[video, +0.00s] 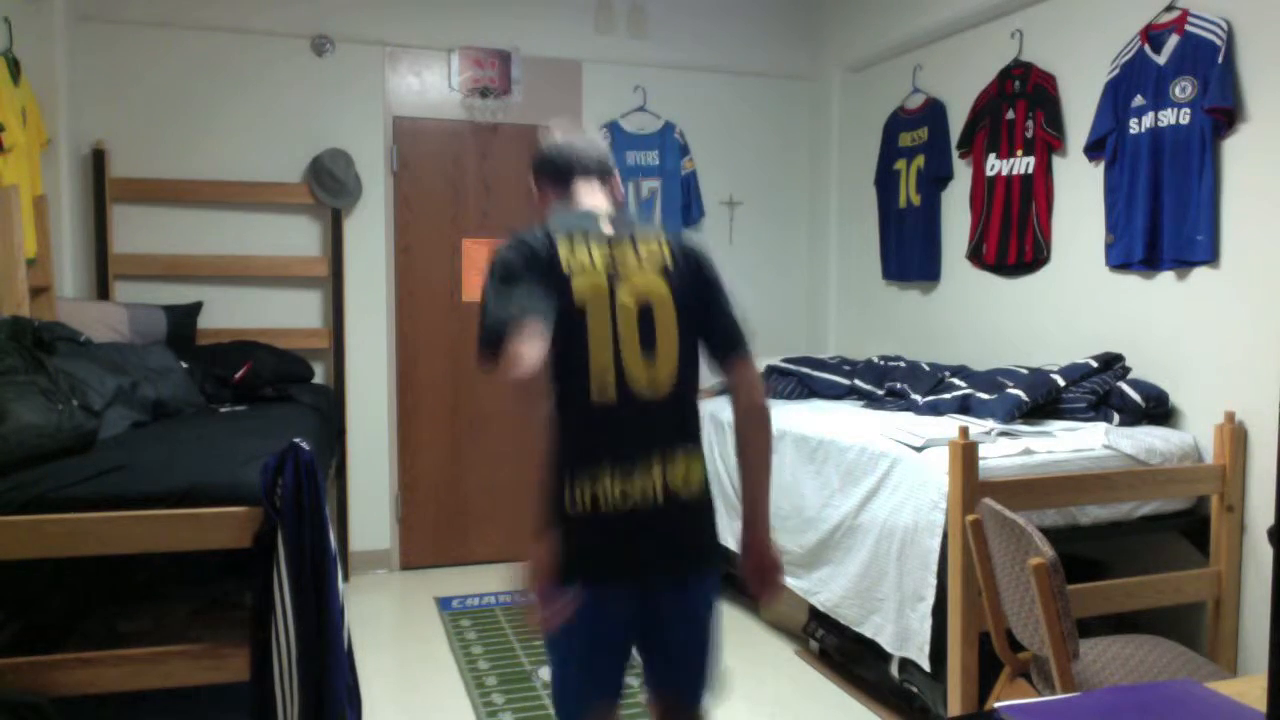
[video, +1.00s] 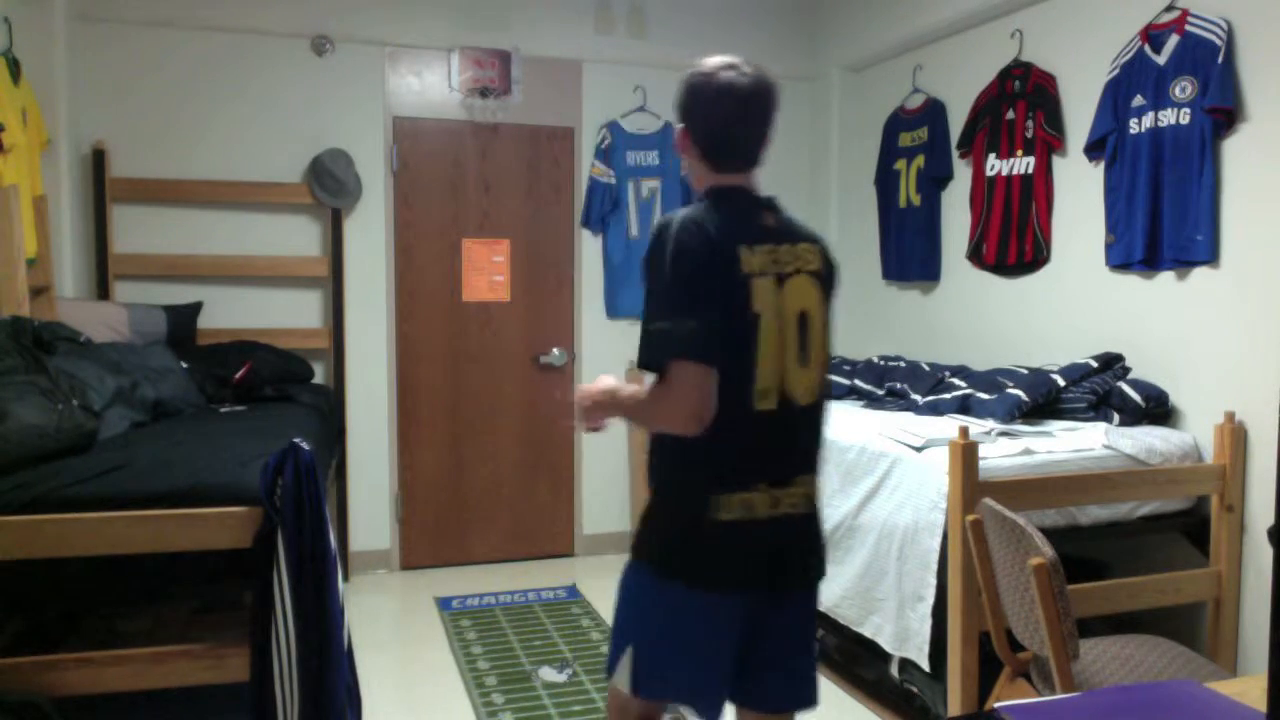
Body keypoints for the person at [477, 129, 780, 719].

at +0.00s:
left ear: (542, 191)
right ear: (615, 187)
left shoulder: (529, 253)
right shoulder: (680, 254)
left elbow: (527, 367)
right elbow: (750, 395)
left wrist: (542, 531)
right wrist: (758, 531)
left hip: (587, 539)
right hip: (682, 533)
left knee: (588, 708)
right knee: (679, 706)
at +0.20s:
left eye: (559, 193)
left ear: (569, 195)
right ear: (651, 196)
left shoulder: (534, 252)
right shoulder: (704, 263)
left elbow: (460, 386)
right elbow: (765, 402)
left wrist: (465, 487)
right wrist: (784, 557)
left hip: (590, 535)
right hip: (685, 528)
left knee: (595, 704)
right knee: (656, 631)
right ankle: (656, 706)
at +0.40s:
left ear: (589, 186)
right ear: (668, 186)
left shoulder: (544, 252)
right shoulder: (722, 247)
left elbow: (467, 388)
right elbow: (779, 397)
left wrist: (558, 400)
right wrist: (792, 542)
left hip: (604, 522)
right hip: (705, 512)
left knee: (615, 704)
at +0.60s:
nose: (608, 157)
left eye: (608, 148)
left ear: (608, 159)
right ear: (690, 157)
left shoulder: (565, 249)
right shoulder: (746, 251)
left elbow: (501, 394)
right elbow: (796, 401)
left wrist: (564, 379)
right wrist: (781, 508)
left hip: (618, 524)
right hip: (718, 517)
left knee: (621, 701)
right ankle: (648, 699)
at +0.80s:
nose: (636, 140)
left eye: (638, 129)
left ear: (644, 141)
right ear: (722, 136)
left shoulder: (634, 248)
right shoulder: (776, 250)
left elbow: (579, 399)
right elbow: (801, 401)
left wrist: (560, 391)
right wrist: (752, 460)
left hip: (651, 535)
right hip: (743, 532)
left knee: (629, 707)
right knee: (726, 698)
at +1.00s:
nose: (676, 137)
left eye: (677, 125)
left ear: (684, 137)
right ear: (764, 138)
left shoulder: (688, 237)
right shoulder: (810, 247)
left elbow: (689, 406)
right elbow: (792, 388)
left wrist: (614, 396)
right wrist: (640, 394)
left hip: (698, 541)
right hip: (791, 540)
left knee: (633, 705)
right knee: (768, 711)